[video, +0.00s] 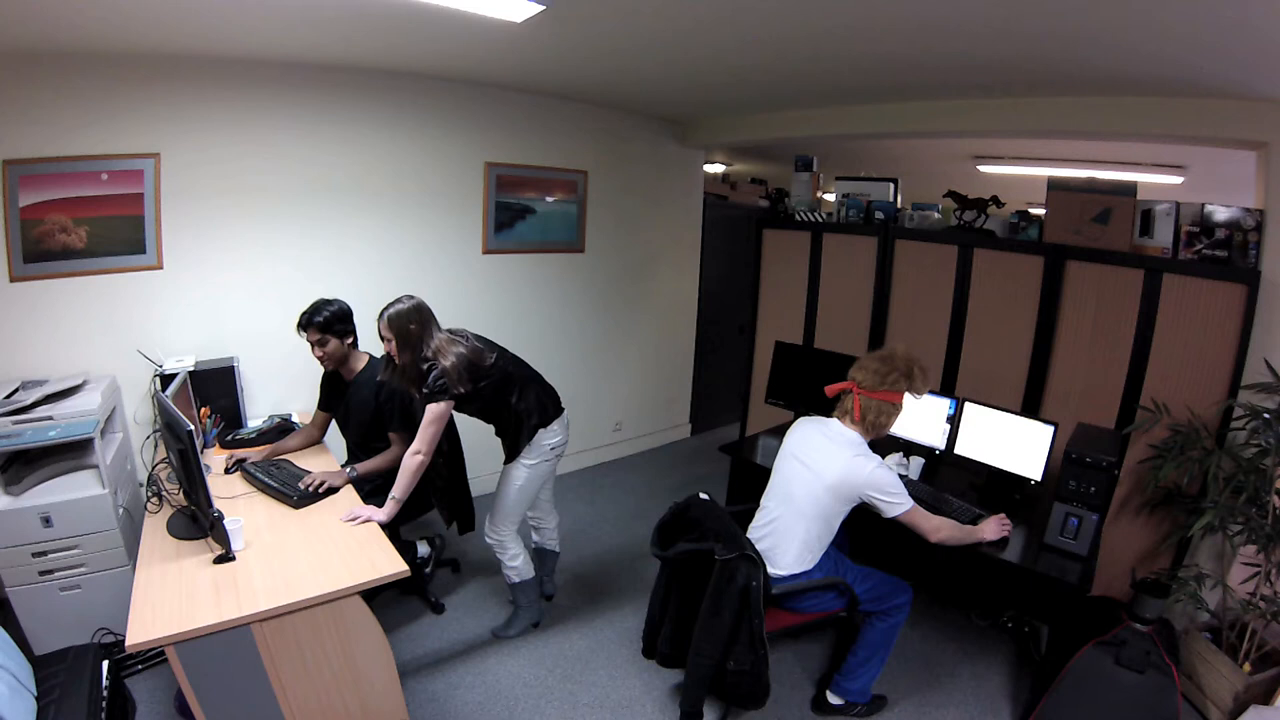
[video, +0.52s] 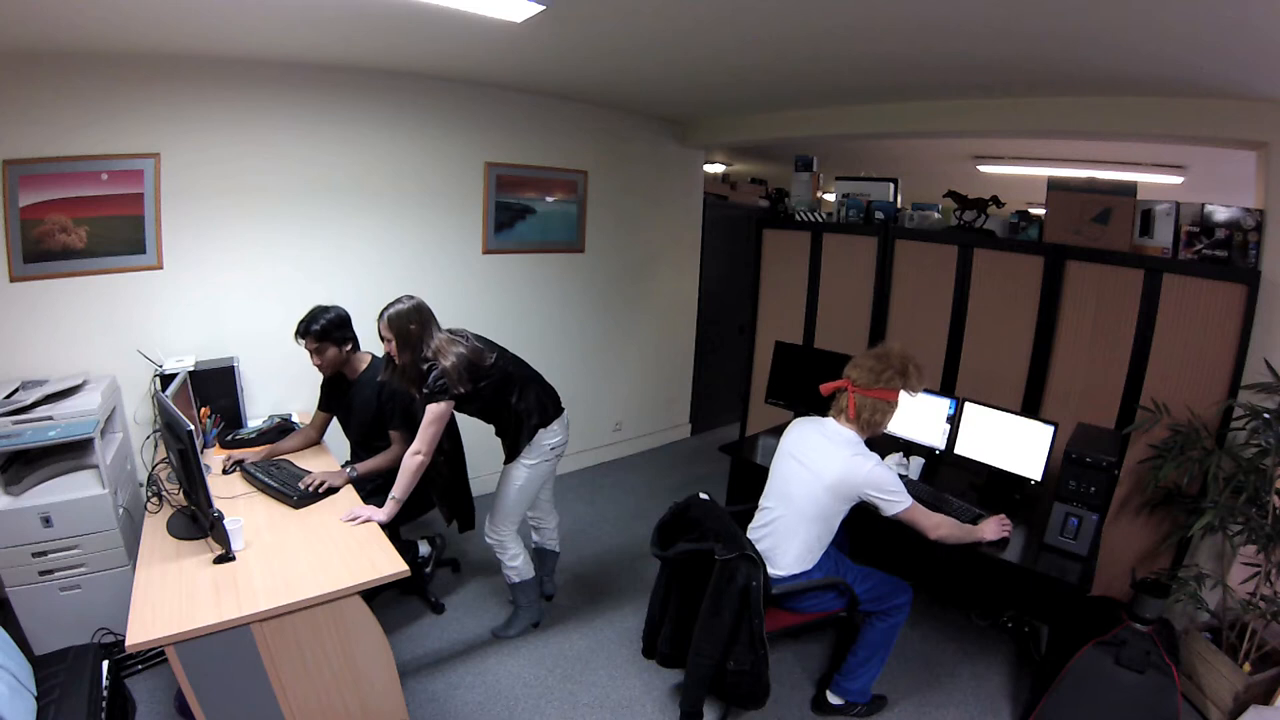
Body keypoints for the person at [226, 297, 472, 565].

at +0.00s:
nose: (316, 353)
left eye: (322, 344)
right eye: (311, 345)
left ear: (348, 338)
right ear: (309, 343)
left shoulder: (387, 381)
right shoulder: (334, 376)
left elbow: (401, 450)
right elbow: (314, 431)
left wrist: (346, 473)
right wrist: (265, 452)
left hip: (403, 478)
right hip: (363, 474)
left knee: (342, 533)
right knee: (314, 516)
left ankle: (419, 552)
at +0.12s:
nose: (317, 352)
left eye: (322, 343)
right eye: (312, 344)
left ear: (349, 337)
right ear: (312, 342)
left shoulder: (387, 380)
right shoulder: (333, 375)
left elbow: (402, 449)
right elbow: (313, 430)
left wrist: (346, 474)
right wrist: (263, 453)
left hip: (403, 477)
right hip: (363, 474)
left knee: (340, 531)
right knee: (313, 515)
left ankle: (419, 553)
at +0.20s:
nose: (317, 352)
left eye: (323, 343)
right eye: (312, 344)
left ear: (350, 337)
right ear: (312, 342)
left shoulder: (387, 380)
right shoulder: (334, 375)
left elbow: (401, 449)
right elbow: (313, 432)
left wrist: (346, 473)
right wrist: (263, 453)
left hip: (404, 477)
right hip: (363, 474)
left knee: (341, 532)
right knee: (315, 515)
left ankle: (419, 553)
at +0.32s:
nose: (316, 353)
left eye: (322, 344)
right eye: (312, 345)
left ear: (349, 339)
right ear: (312, 343)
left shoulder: (387, 380)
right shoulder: (334, 376)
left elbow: (401, 449)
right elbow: (313, 432)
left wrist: (346, 474)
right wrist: (263, 453)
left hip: (405, 477)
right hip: (365, 474)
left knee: (341, 532)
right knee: (315, 515)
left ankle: (418, 552)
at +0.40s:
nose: (315, 356)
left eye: (321, 346)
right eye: (311, 348)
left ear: (348, 341)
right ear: (312, 346)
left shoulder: (387, 380)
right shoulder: (335, 376)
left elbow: (402, 448)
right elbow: (313, 431)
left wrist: (347, 474)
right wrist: (264, 453)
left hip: (404, 476)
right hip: (363, 474)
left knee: (343, 528)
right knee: (317, 515)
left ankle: (418, 553)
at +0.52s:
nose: (314, 362)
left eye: (318, 353)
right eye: (309, 354)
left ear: (346, 345)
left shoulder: (389, 381)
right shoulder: (335, 377)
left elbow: (401, 449)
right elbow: (313, 432)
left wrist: (347, 473)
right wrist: (262, 453)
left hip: (405, 477)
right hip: (365, 473)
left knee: (341, 529)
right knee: (315, 512)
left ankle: (418, 552)